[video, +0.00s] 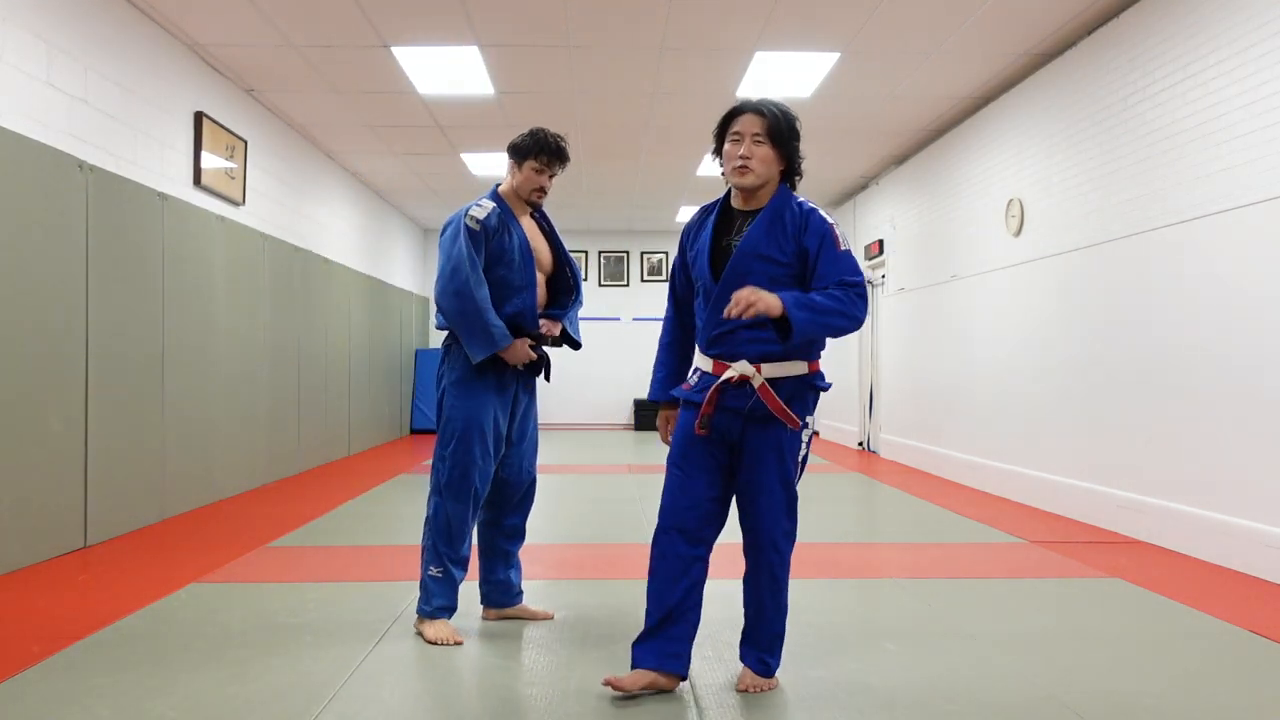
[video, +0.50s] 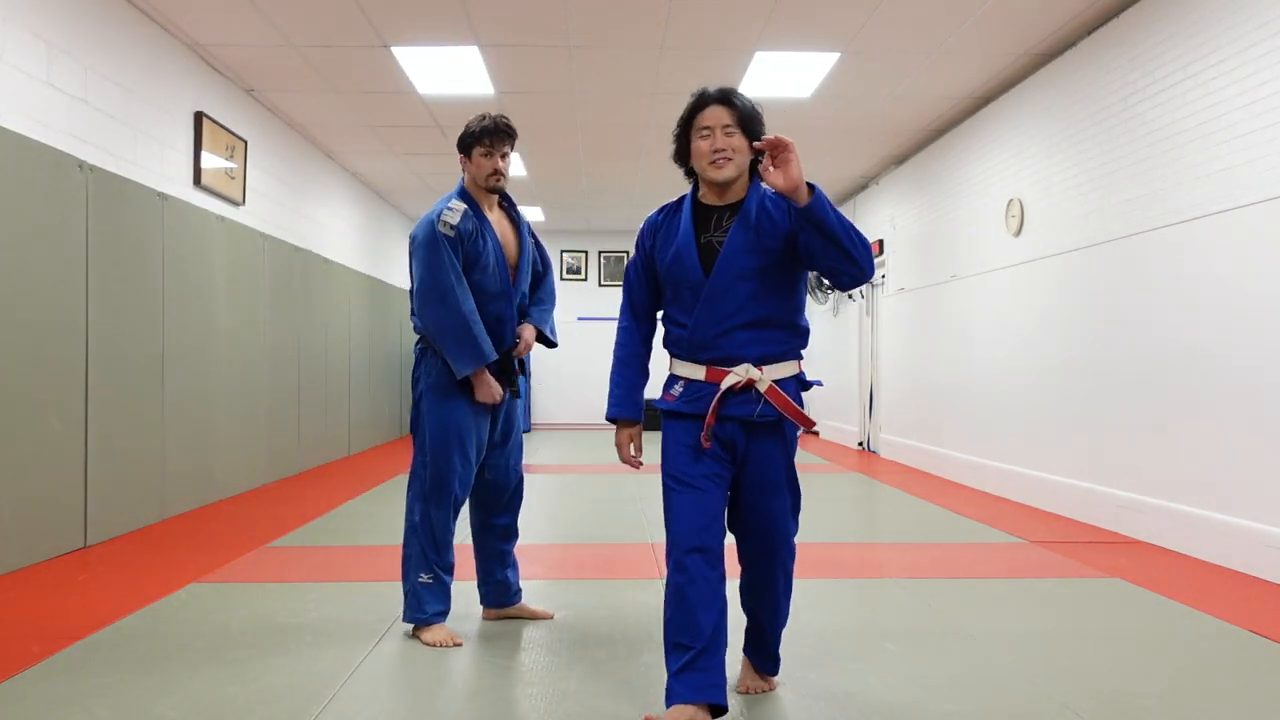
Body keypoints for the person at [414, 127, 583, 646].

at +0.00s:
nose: (546, 183)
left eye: (552, 175)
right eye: (539, 172)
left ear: (553, 178)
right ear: (513, 166)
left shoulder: (540, 223)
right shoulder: (474, 220)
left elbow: (568, 280)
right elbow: (457, 292)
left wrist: (557, 318)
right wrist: (504, 344)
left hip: (520, 371)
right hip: (474, 369)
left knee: (513, 486)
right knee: (459, 487)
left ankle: (502, 598)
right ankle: (434, 610)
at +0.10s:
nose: (539, 180)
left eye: (546, 173)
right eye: (532, 169)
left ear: (548, 176)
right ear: (507, 165)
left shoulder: (535, 224)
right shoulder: (471, 220)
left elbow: (564, 283)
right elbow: (455, 291)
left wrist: (553, 320)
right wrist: (501, 344)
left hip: (518, 372)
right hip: (473, 370)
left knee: (511, 487)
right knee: (456, 488)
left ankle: (502, 599)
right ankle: (433, 611)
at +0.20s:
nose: (530, 176)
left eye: (537, 169)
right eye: (522, 165)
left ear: (540, 174)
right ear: (498, 163)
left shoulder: (532, 223)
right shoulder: (465, 220)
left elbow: (559, 284)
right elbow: (452, 291)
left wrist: (551, 323)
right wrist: (496, 346)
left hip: (516, 372)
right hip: (468, 371)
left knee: (509, 487)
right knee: (453, 489)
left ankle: (502, 599)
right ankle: (432, 612)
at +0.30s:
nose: (519, 172)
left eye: (526, 164)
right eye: (511, 161)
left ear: (531, 170)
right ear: (487, 161)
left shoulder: (526, 221)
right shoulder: (456, 222)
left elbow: (554, 281)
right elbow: (450, 297)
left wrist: (545, 325)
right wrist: (495, 350)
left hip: (513, 374)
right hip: (464, 374)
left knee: (507, 488)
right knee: (449, 491)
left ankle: (501, 599)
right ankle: (430, 613)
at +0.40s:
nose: (508, 167)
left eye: (515, 159)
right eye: (498, 157)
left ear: (522, 165)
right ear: (475, 160)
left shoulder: (520, 221)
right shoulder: (448, 223)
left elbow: (548, 281)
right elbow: (448, 303)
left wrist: (543, 327)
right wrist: (490, 360)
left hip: (511, 372)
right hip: (457, 373)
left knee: (503, 489)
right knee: (444, 492)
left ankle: (501, 599)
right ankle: (428, 613)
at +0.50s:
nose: (499, 164)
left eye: (505, 155)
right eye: (488, 154)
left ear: (511, 161)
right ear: (465, 159)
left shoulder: (516, 222)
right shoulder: (441, 225)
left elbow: (543, 284)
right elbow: (445, 309)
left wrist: (533, 324)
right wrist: (478, 371)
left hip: (506, 374)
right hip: (451, 376)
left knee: (500, 491)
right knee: (439, 495)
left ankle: (500, 598)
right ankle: (424, 614)